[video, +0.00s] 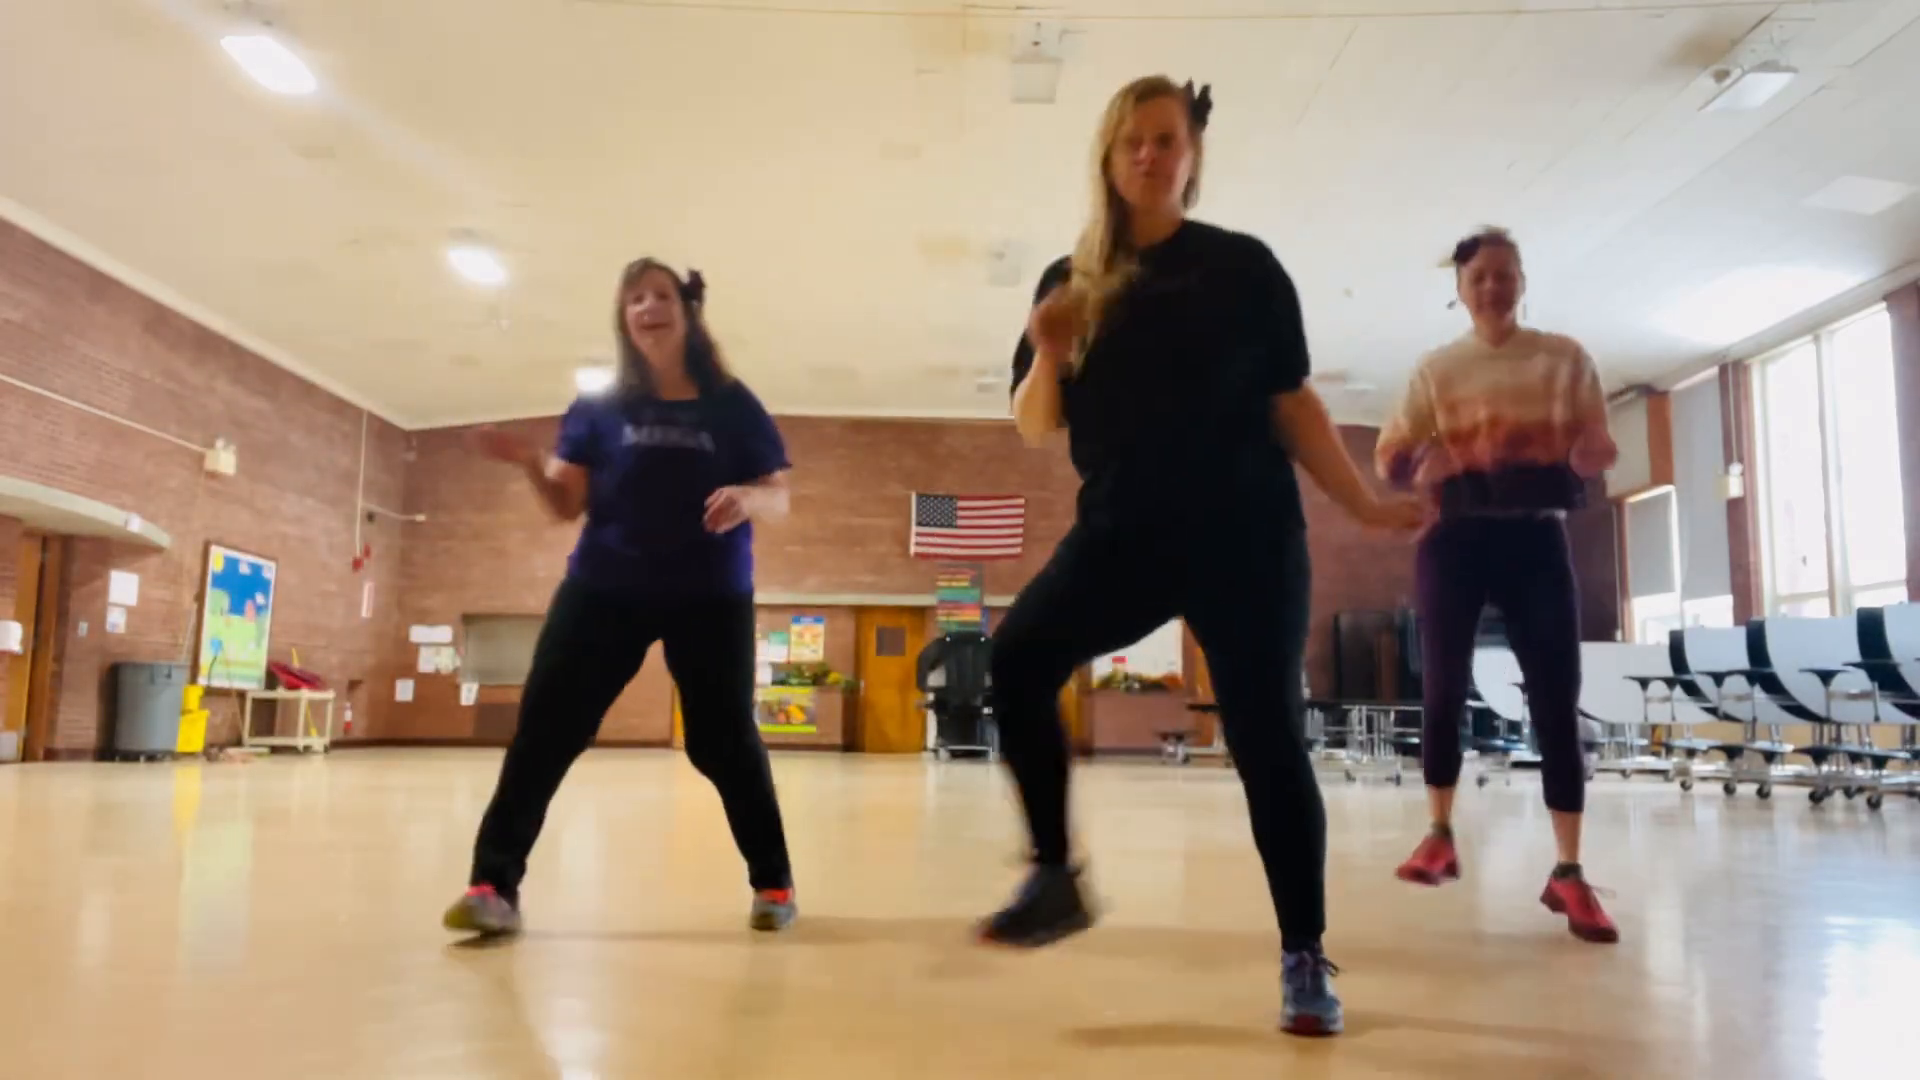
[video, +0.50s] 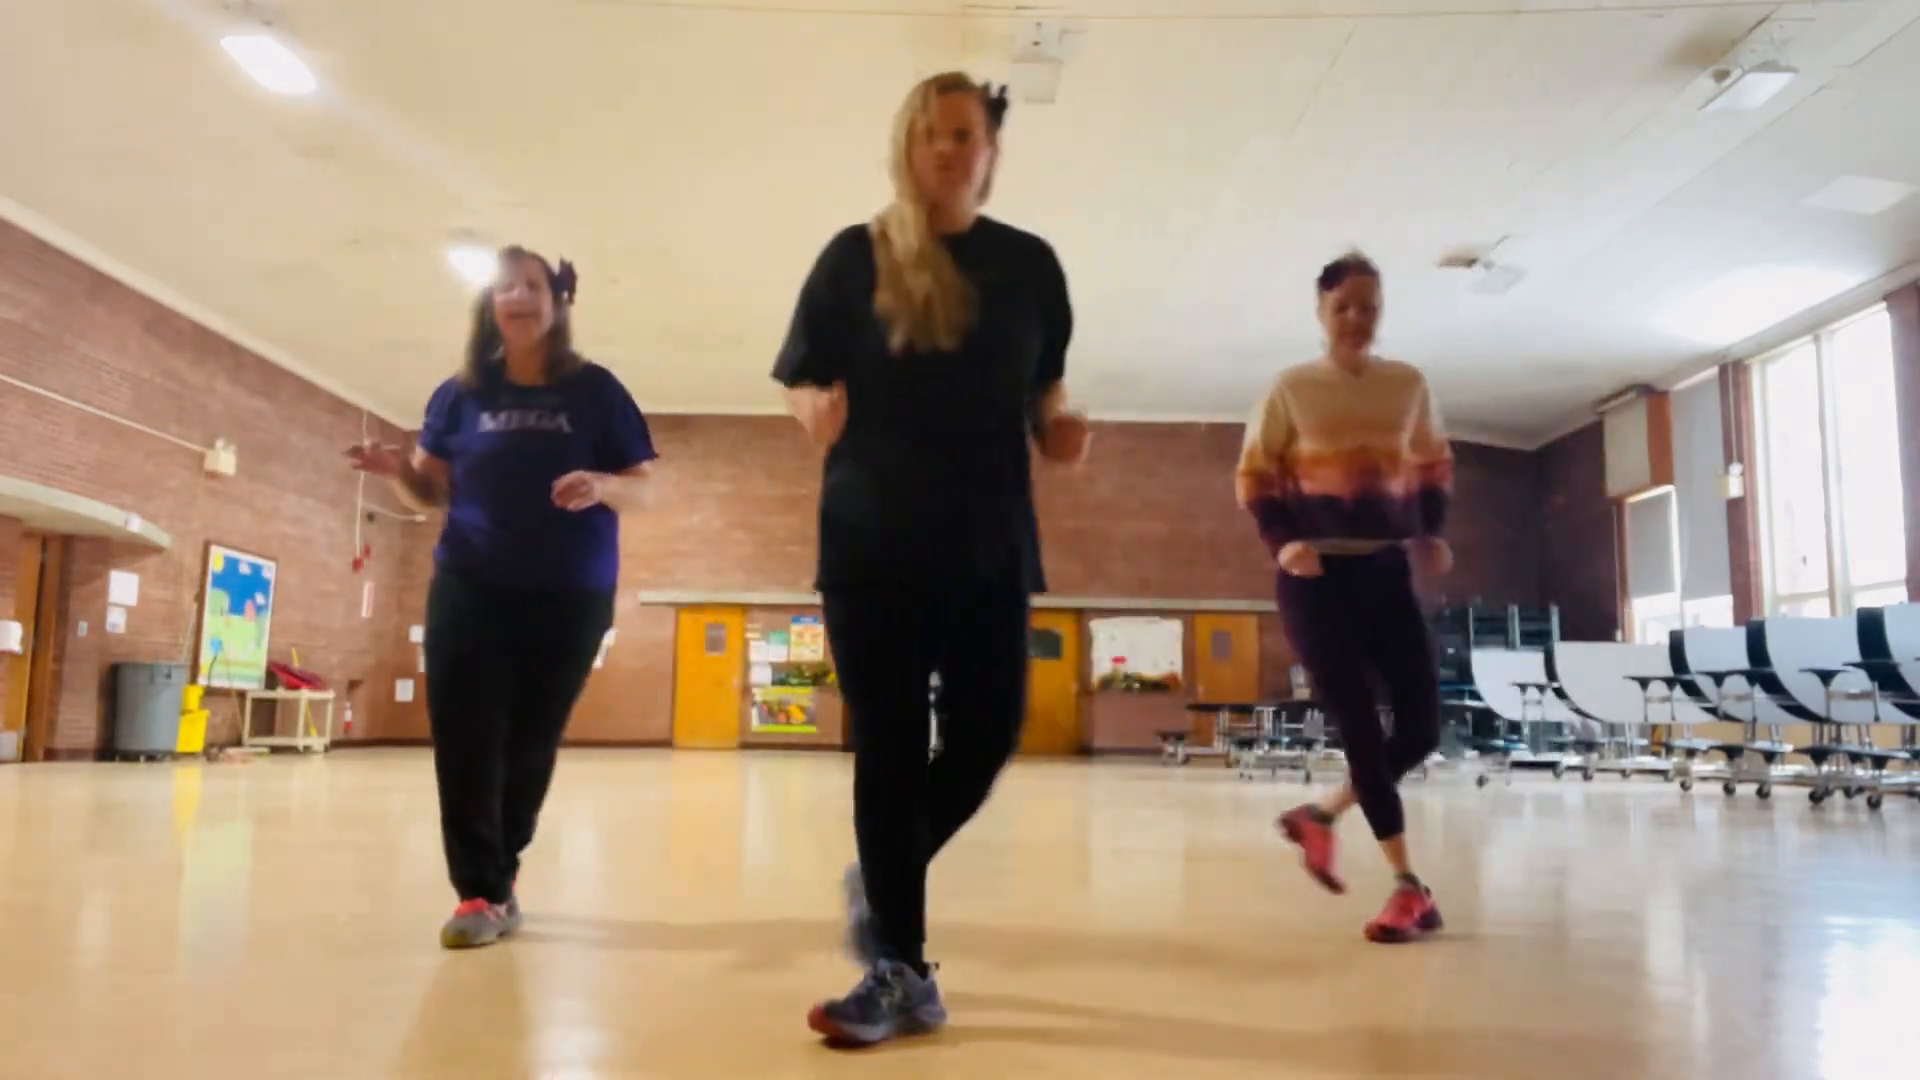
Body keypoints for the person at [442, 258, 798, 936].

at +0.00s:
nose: (647, 307)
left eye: (660, 296)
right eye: (635, 299)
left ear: (689, 311)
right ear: (622, 320)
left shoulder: (730, 403)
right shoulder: (598, 406)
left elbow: (777, 494)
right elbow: (565, 505)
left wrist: (748, 498)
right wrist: (529, 467)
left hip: (707, 593)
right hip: (607, 588)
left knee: (722, 740)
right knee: (546, 728)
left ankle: (772, 883)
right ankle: (494, 887)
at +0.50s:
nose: (516, 296)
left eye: (531, 285)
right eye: (505, 286)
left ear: (558, 304)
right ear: (489, 308)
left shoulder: (596, 391)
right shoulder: (458, 395)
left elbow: (646, 487)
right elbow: (431, 492)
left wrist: (603, 486)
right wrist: (399, 469)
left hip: (566, 595)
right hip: (470, 587)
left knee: (529, 739)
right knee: (466, 737)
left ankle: (500, 878)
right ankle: (478, 896)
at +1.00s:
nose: (452, 302)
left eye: (467, 292)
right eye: (442, 290)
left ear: (496, 306)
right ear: (425, 302)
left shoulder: (526, 404)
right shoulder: (382, 386)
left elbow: (563, 491)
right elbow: (345, 475)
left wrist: (526, 521)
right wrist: (346, 502)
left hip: (487, 596)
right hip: (383, 585)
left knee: (474, 737)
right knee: (349, 733)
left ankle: (487, 881)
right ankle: (321, 888)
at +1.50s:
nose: (380, 293)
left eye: (391, 282)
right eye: (363, 284)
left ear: (412, 300)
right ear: (339, 307)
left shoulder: (452, 376)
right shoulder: (316, 391)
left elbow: (465, 458)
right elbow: (307, 478)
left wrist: (387, 386)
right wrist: (357, 403)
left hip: (447, 587)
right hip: (340, 583)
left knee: (435, 743)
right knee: (324, 743)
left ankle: (419, 883)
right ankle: (318, 891)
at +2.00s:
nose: (516, 314)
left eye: (530, 302)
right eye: (505, 301)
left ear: (553, 314)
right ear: (484, 311)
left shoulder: (572, 403)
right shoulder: (440, 396)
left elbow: (609, 498)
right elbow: (400, 492)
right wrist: (344, 571)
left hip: (543, 594)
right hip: (436, 587)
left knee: (565, 744)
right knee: (375, 731)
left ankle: (608, 892)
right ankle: (321, 886)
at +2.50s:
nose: (631, 324)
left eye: (642, 313)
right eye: (618, 314)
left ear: (660, 322)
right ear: (597, 326)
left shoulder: (695, 409)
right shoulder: (563, 409)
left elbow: (725, 508)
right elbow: (523, 500)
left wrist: (744, 590)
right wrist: (508, 550)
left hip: (675, 596)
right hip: (583, 595)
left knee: (641, 735)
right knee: (597, 740)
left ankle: (620, 889)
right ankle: (638, 877)